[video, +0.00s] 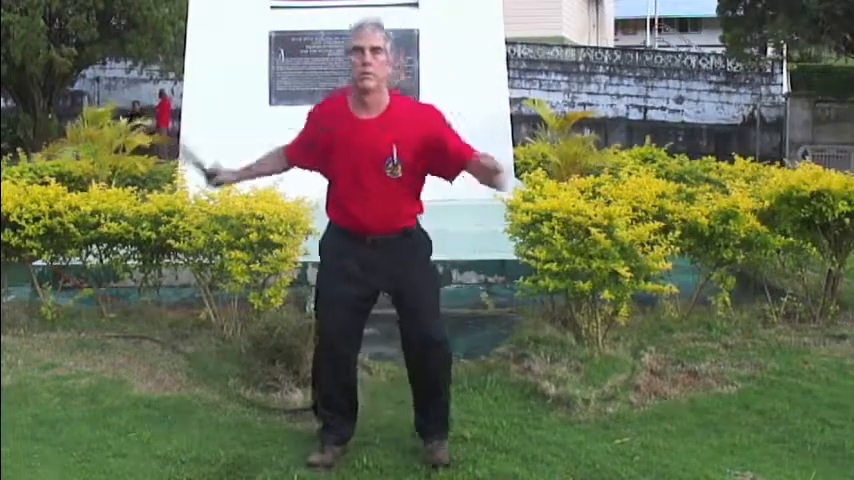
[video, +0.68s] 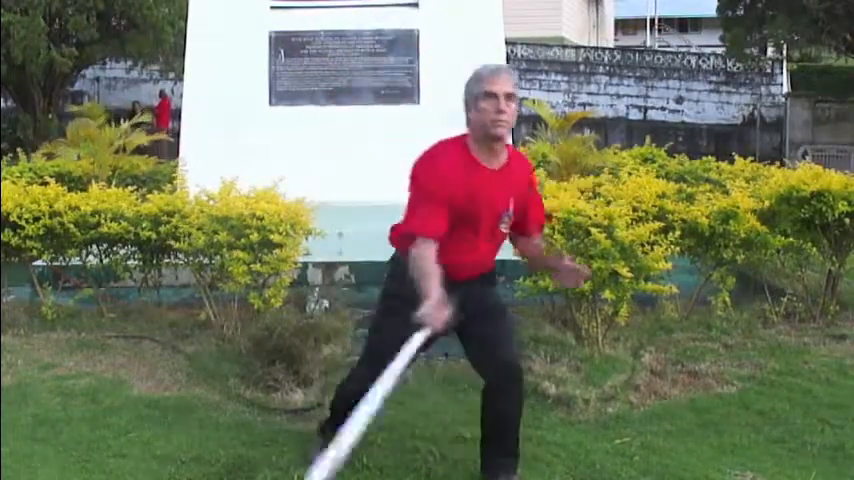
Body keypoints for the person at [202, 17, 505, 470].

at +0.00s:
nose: (365, 61)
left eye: (375, 52)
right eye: (357, 52)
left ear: (393, 62)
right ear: (347, 61)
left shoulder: (421, 119)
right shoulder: (328, 115)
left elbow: (467, 161)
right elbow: (289, 156)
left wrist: (490, 170)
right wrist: (235, 174)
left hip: (405, 247)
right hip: (344, 247)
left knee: (428, 340)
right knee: (333, 343)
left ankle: (434, 435)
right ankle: (333, 435)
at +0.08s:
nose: (365, 68)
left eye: (375, 60)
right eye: (357, 60)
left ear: (390, 68)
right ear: (347, 68)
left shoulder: (422, 125)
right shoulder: (326, 123)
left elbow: (482, 164)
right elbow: (285, 160)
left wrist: (532, 178)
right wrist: (235, 182)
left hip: (408, 252)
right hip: (346, 253)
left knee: (436, 343)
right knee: (332, 347)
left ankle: (446, 443)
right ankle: (334, 436)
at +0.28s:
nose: (390, 96)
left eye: (399, 88)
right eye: (380, 87)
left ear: (411, 98)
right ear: (364, 97)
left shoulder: (440, 153)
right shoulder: (339, 154)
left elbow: (511, 183)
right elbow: (294, 201)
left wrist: (575, 187)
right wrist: (245, 228)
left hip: (422, 272)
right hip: (359, 273)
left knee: (455, 356)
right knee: (335, 366)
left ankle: (497, 465)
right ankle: (334, 438)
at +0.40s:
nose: (424, 108)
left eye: (434, 101)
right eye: (414, 100)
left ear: (445, 111)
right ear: (398, 109)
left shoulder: (467, 167)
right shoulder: (368, 166)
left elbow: (523, 207)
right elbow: (327, 234)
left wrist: (583, 212)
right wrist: (284, 278)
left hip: (443, 289)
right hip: (379, 289)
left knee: (479, 366)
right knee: (351, 382)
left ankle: (496, 468)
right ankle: (334, 440)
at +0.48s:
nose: (445, 110)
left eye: (455, 102)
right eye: (435, 101)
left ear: (465, 113)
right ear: (417, 111)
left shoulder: (483, 170)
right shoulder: (386, 170)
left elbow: (527, 221)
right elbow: (351, 241)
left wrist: (578, 229)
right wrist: (319, 297)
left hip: (454, 291)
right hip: (391, 291)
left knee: (489, 368)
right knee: (359, 384)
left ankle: (498, 468)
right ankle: (336, 441)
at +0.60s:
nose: (487, 108)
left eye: (495, 99)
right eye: (474, 99)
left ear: (502, 110)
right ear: (455, 109)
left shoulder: (511, 171)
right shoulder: (424, 166)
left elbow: (530, 239)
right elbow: (400, 249)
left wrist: (575, 260)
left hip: (472, 289)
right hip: (419, 287)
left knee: (501, 370)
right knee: (378, 364)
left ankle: (500, 471)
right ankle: (337, 440)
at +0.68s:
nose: (501, 107)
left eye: (510, 99)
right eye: (489, 99)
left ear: (518, 110)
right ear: (469, 109)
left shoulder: (519, 168)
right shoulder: (438, 163)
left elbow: (527, 237)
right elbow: (422, 242)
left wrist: (551, 263)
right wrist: (432, 296)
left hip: (474, 284)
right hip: (418, 278)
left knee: (505, 373)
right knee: (375, 371)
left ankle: (500, 471)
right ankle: (330, 438)